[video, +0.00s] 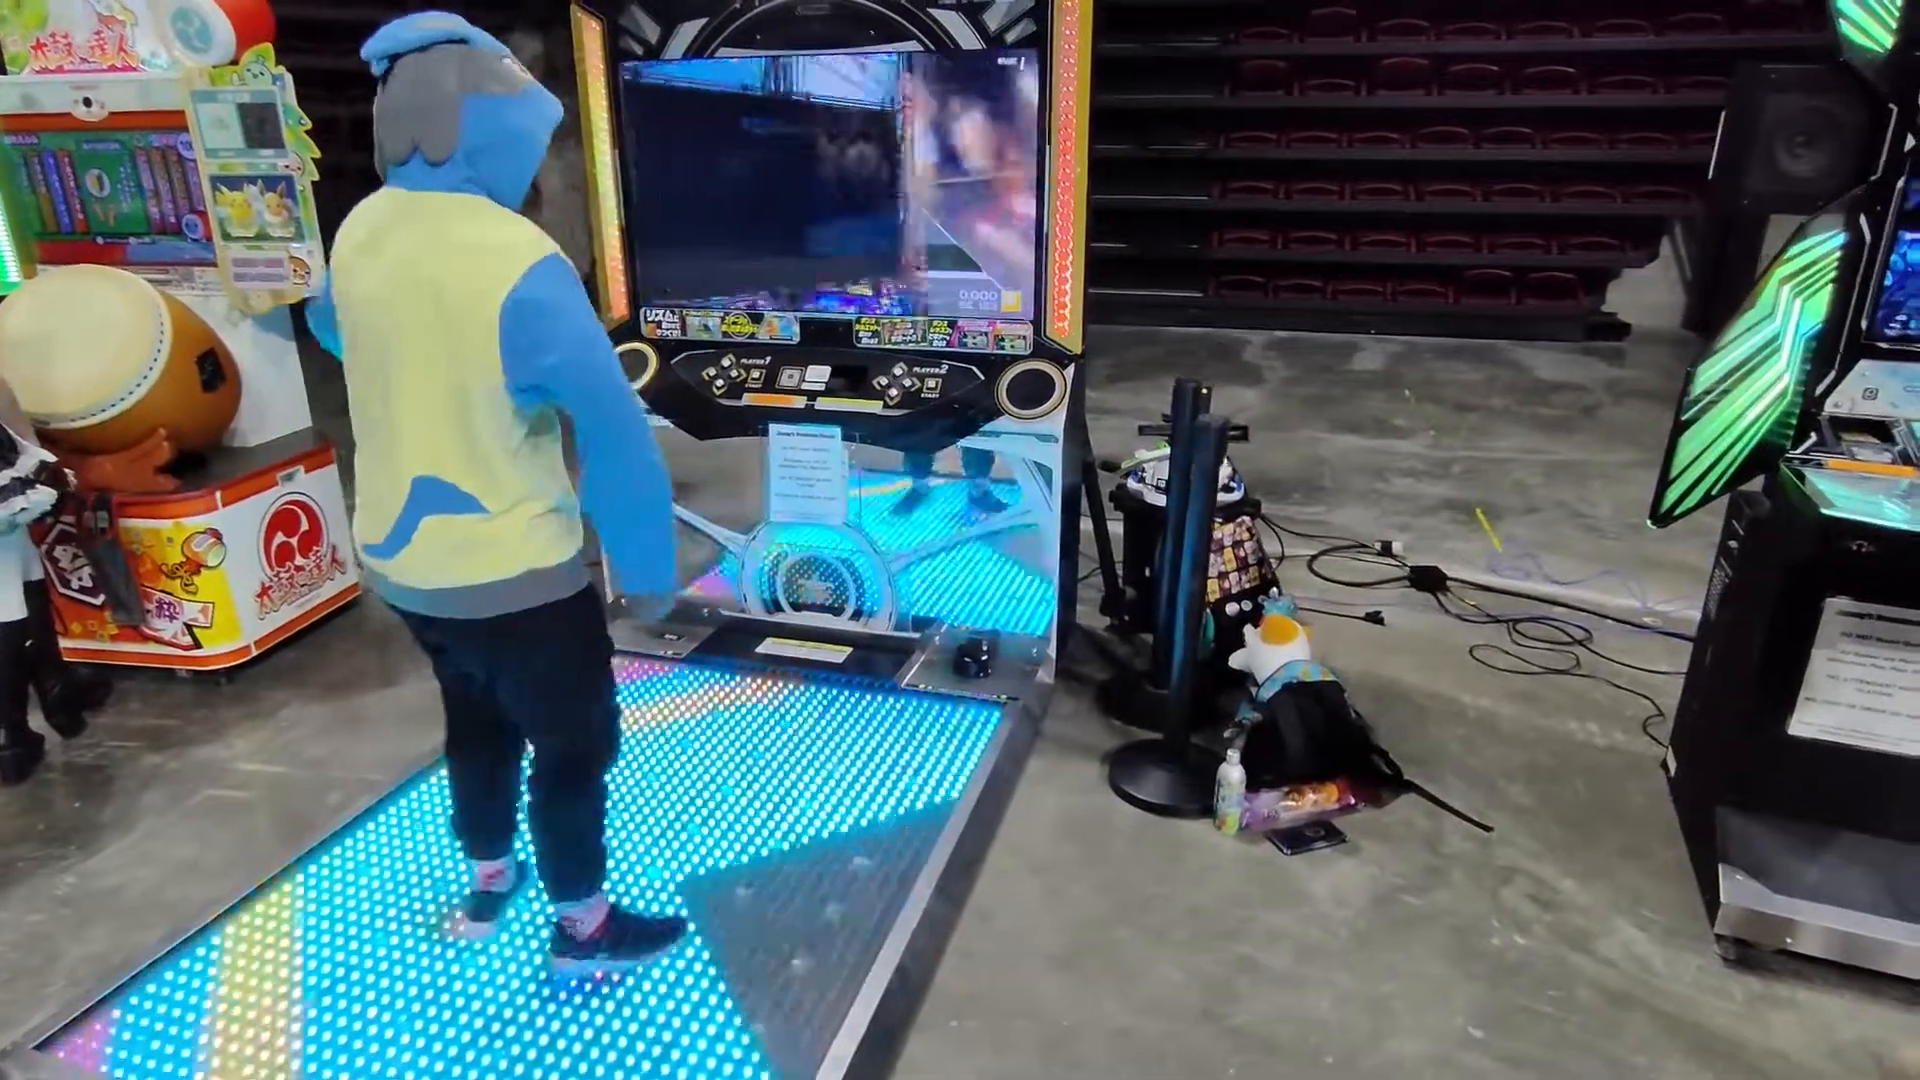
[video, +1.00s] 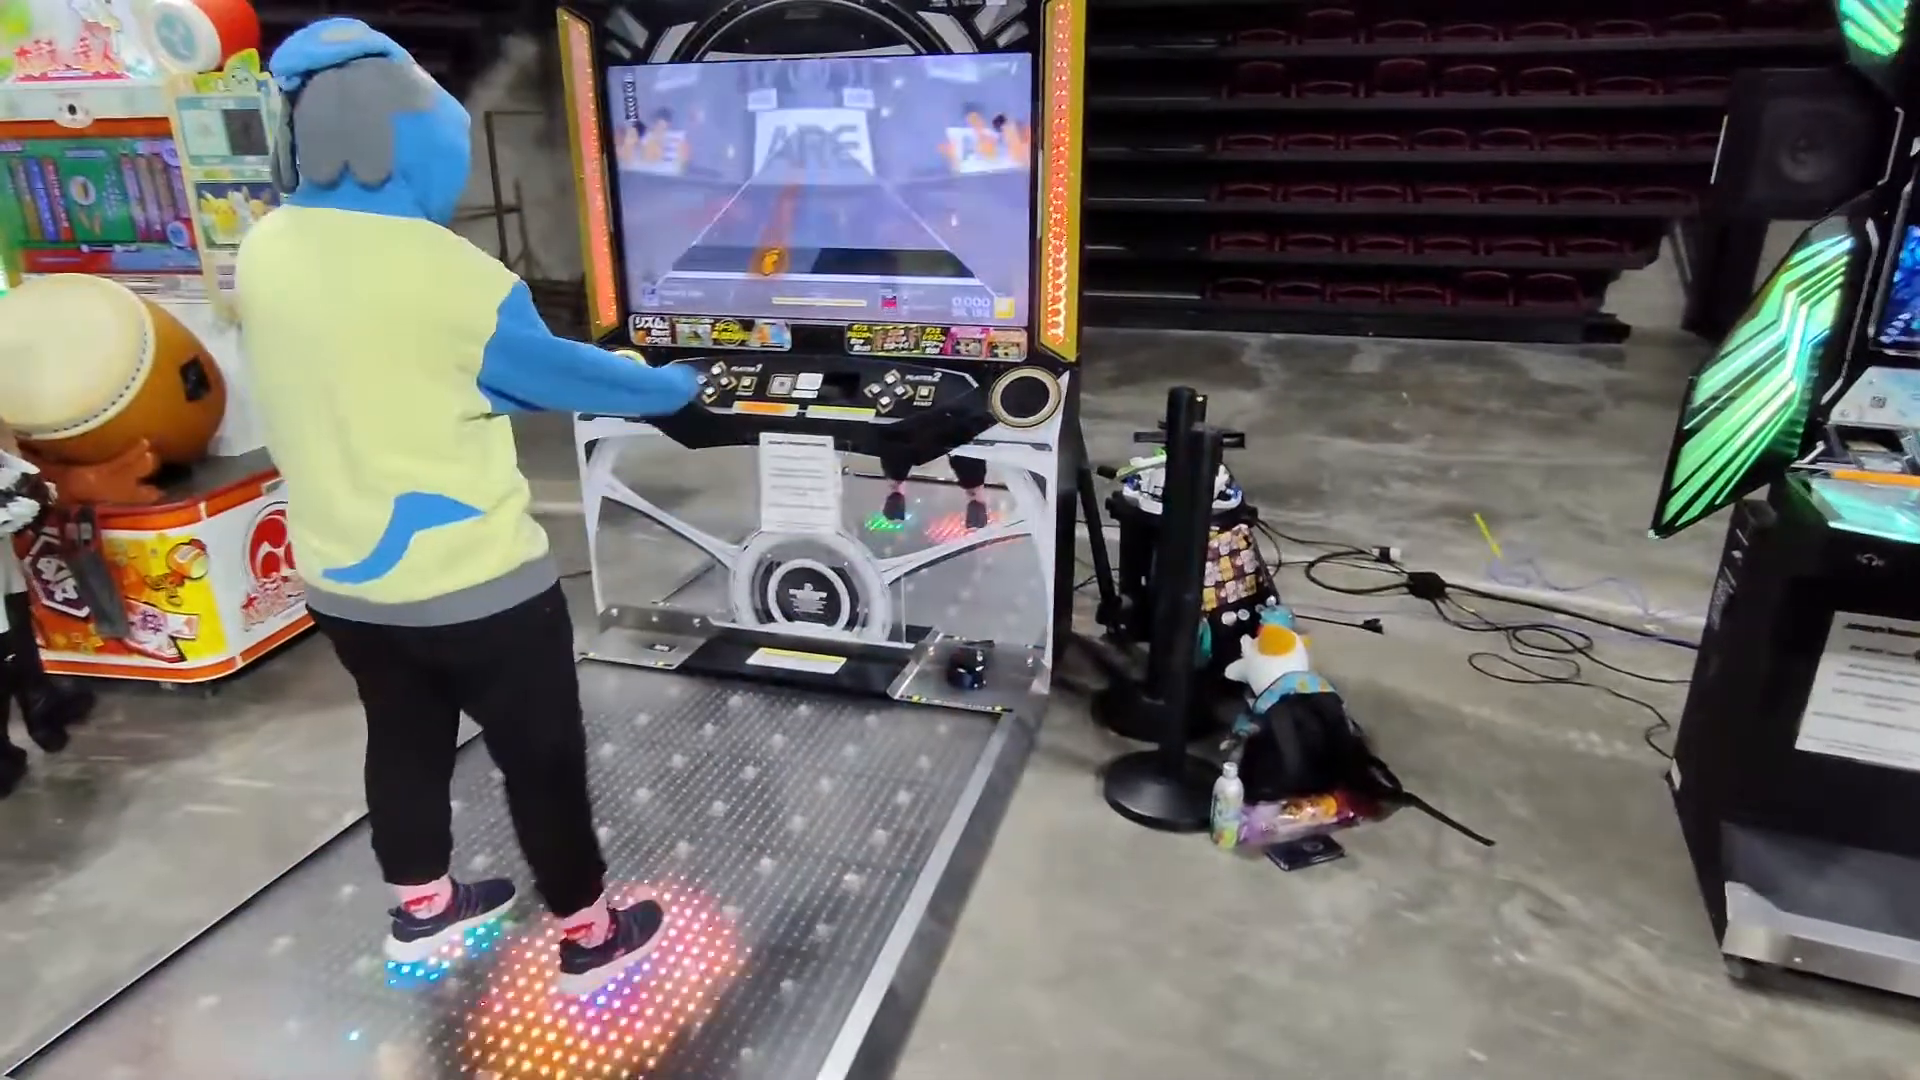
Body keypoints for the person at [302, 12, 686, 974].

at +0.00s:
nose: (530, 145)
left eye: (525, 124)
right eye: (515, 125)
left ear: (414, 134)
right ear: (471, 130)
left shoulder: (362, 232)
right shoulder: (520, 264)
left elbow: (337, 335)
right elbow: (615, 429)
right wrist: (648, 568)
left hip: (408, 567)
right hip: (521, 574)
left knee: (478, 718)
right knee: (575, 743)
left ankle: (489, 872)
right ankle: (581, 920)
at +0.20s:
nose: (495, 159)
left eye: (492, 138)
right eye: (482, 138)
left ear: (383, 146)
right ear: (436, 141)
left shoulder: (333, 259)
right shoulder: (481, 273)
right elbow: (619, 405)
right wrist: (723, 515)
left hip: (389, 577)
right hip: (495, 582)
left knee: (472, 724)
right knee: (571, 744)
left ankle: (489, 895)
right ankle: (573, 935)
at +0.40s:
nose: (473, 155)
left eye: (468, 136)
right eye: (458, 136)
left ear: (351, 147)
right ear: (410, 141)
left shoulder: (305, 261)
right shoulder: (457, 272)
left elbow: (309, 422)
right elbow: (596, 396)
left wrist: (299, 549)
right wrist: (772, 435)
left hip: (371, 586)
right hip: (484, 589)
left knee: (444, 713)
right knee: (548, 750)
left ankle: (428, 885)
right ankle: (561, 940)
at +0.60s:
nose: (443, 156)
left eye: (433, 136)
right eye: (428, 137)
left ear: (311, 159)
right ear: (393, 149)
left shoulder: (258, 272)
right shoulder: (437, 285)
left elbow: (196, 446)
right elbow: (558, 438)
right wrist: (724, 472)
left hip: (337, 599)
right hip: (469, 593)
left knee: (417, 721)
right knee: (533, 754)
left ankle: (423, 897)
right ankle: (551, 930)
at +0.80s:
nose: (440, 148)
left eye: (431, 128)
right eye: (426, 128)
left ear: (297, 148)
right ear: (393, 140)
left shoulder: (246, 257)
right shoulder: (440, 279)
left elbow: (200, 363)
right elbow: (562, 425)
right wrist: (689, 422)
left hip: (336, 594)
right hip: (470, 586)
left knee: (401, 730)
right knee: (544, 731)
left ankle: (422, 905)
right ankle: (558, 917)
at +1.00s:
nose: (455, 152)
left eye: (447, 131)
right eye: (442, 132)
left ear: (310, 147)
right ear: (407, 142)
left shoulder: (263, 253)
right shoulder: (452, 277)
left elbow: (364, 351)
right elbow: (567, 372)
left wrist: (494, 377)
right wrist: (672, 391)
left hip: (344, 591)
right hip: (480, 588)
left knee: (405, 731)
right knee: (542, 755)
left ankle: (420, 903)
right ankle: (585, 926)